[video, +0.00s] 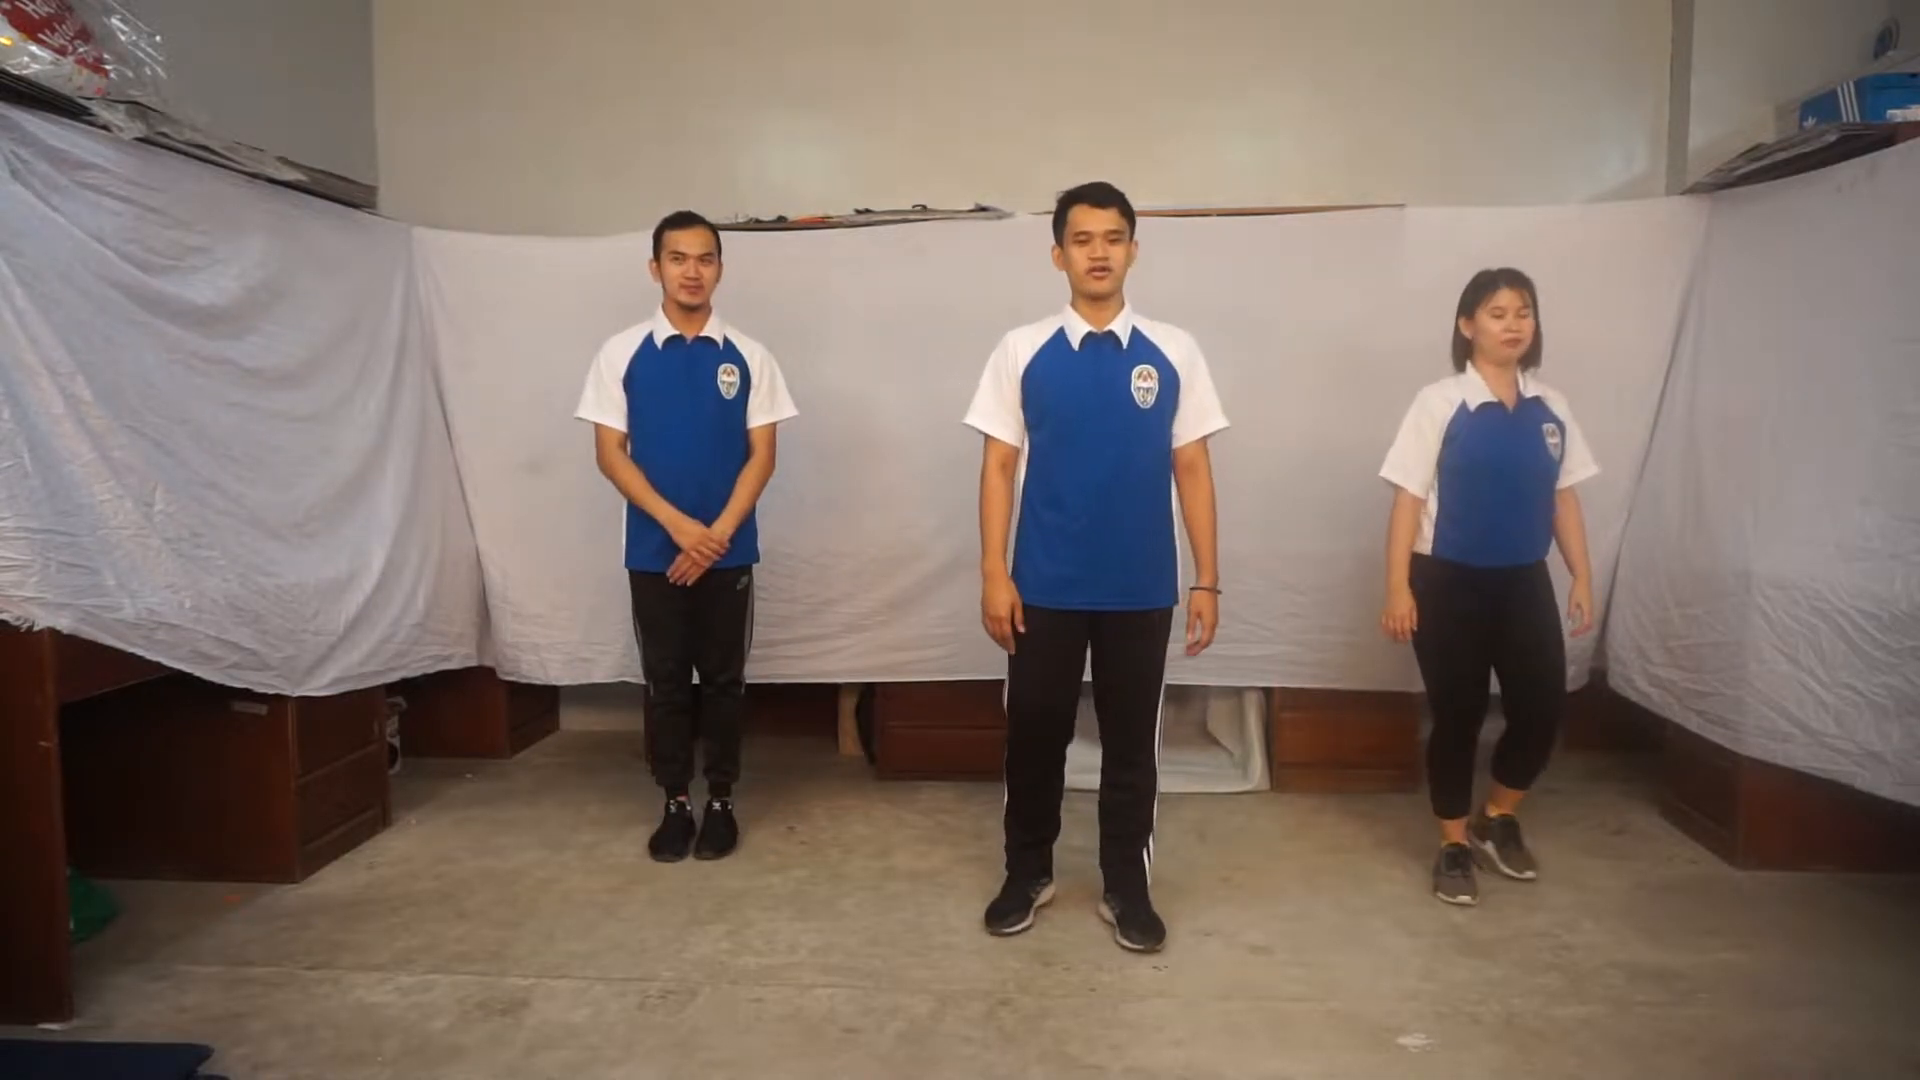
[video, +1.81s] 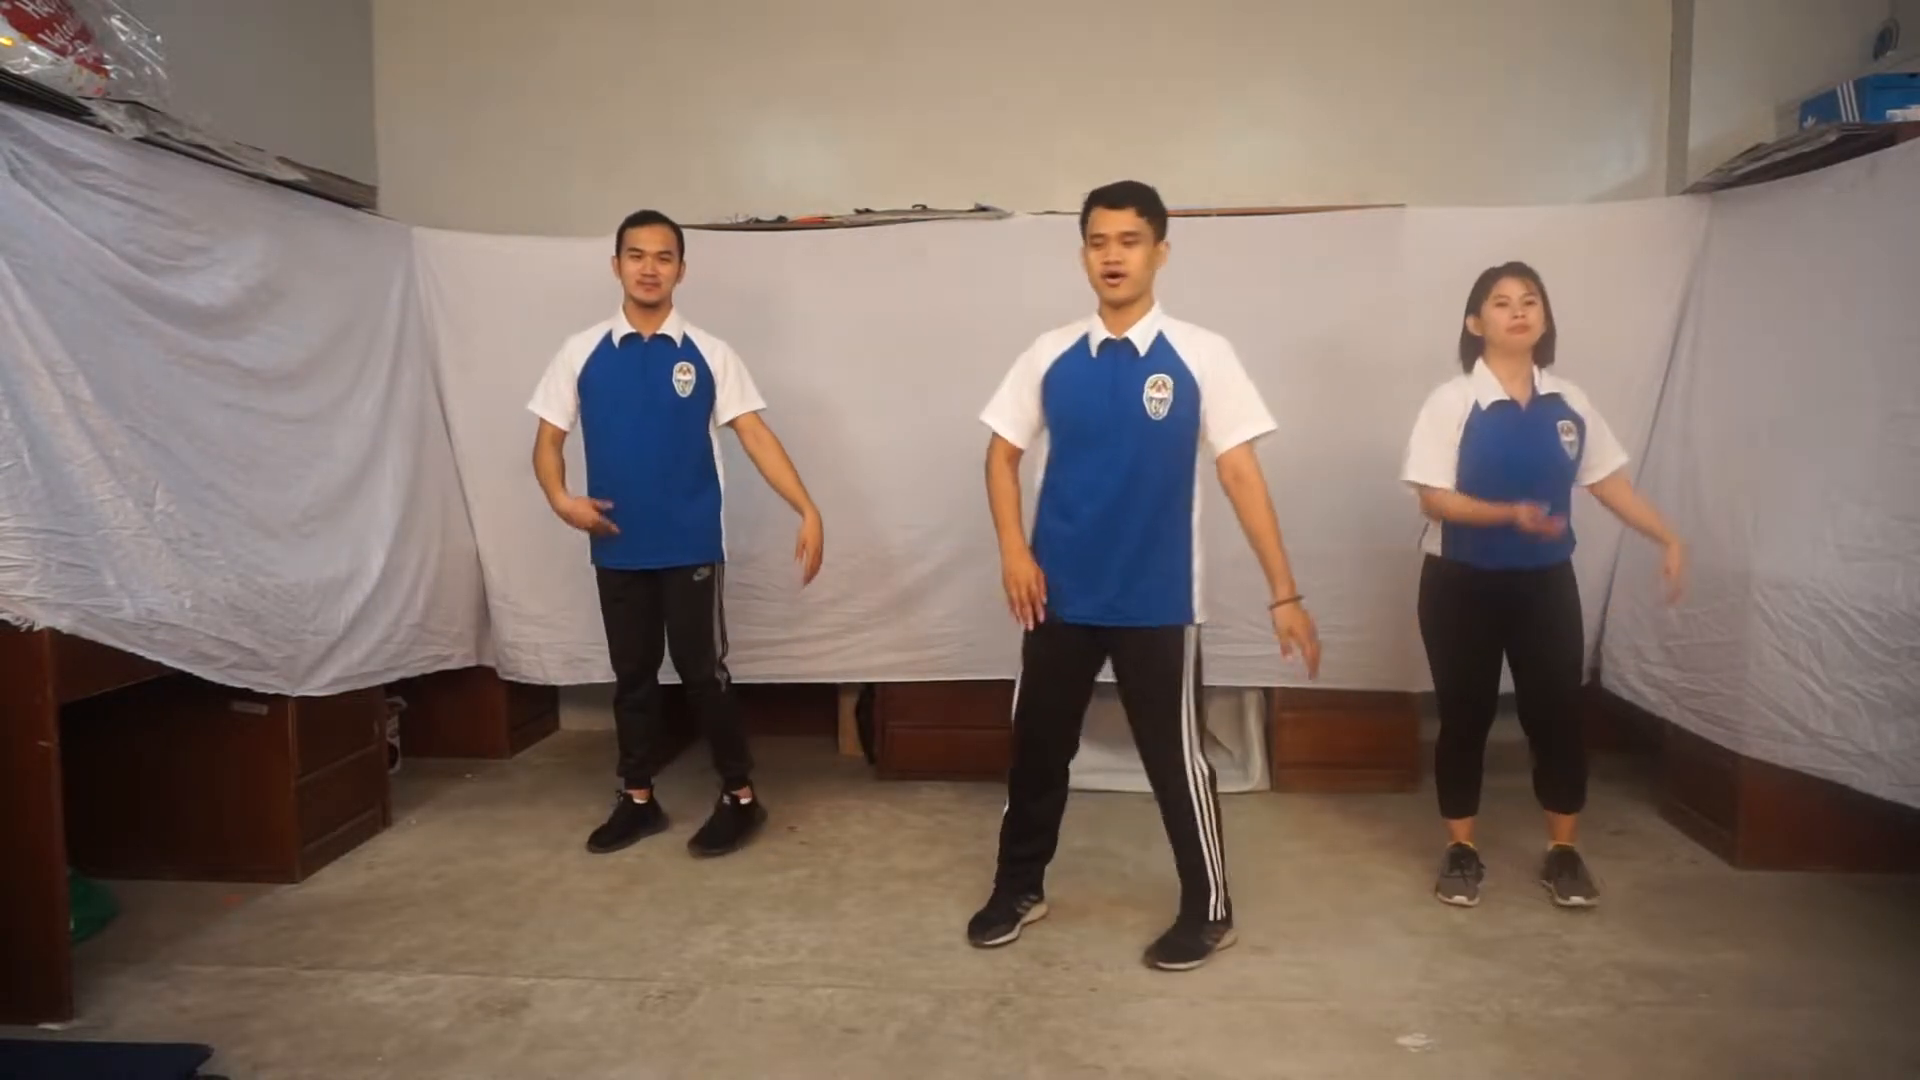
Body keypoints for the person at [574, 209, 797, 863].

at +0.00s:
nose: (693, 270)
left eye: (705, 259)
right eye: (679, 259)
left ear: (718, 269)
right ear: (657, 269)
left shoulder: (749, 357)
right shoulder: (621, 354)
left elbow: (763, 458)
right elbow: (609, 455)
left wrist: (713, 540)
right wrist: (675, 522)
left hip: (727, 555)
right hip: (654, 556)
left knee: (722, 684)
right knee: (666, 687)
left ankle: (720, 803)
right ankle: (676, 804)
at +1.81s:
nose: (650, 268)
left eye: (663, 257)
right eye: (637, 256)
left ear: (680, 269)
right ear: (617, 266)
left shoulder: (708, 354)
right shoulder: (583, 353)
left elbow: (755, 435)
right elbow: (548, 440)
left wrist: (807, 510)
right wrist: (561, 500)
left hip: (691, 550)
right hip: (617, 551)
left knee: (702, 675)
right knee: (631, 680)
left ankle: (739, 796)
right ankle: (637, 799)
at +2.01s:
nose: (670, 274)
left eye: (683, 262)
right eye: (656, 262)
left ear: (700, 271)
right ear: (638, 272)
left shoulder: (730, 352)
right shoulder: (610, 357)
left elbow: (755, 422)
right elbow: (570, 440)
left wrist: (761, 468)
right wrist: (504, 393)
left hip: (707, 553)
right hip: (638, 554)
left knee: (701, 676)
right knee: (631, 674)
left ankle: (750, 811)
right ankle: (634, 799)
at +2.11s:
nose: (663, 274)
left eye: (677, 262)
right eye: (658, 263)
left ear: (715, 270)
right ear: (654, 272)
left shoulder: (740, 349)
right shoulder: (642, 351)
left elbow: (728, 442)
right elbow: (573, 406)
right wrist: (555, 332)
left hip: (728, 554)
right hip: (663, 552)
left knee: (728, 682)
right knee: (657, 676)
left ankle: (753, 813)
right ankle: (638, 797)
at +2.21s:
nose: (673, 274)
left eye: (685, 263)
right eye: (674, 263)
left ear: (725, 270)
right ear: (709, 272)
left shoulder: (739, 346)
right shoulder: (699, 337)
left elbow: (687, 451)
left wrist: (591, 462)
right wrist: (623, 278)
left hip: (749, 550)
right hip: (707, 545)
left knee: (741, 681)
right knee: (686, 664)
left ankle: (754, 817)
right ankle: (730, 792)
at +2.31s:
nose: (685, 273)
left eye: (694, 262)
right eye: (686, 261)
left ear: (730, 272)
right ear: (737, 273)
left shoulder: (730, 344)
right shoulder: (756, 327)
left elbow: (677, 459)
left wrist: (653, 462)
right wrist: (696, 193)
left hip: (756, 541)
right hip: (753, 533)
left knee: (747, 678)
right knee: (734, 667)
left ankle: (753, 817)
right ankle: (833, 761)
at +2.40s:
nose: (693, 273)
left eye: (702, 263)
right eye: (696, 261)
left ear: (737, 271)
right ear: (755, 268)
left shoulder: (723, 350)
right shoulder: (786, 318)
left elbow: (684, 460)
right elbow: (791, 229)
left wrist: (722, 462)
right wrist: (782, 142)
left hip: (753, 542)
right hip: (806, 528)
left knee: (749, 682)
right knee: (808, 668)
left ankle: (754, 815)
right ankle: (890, 777)